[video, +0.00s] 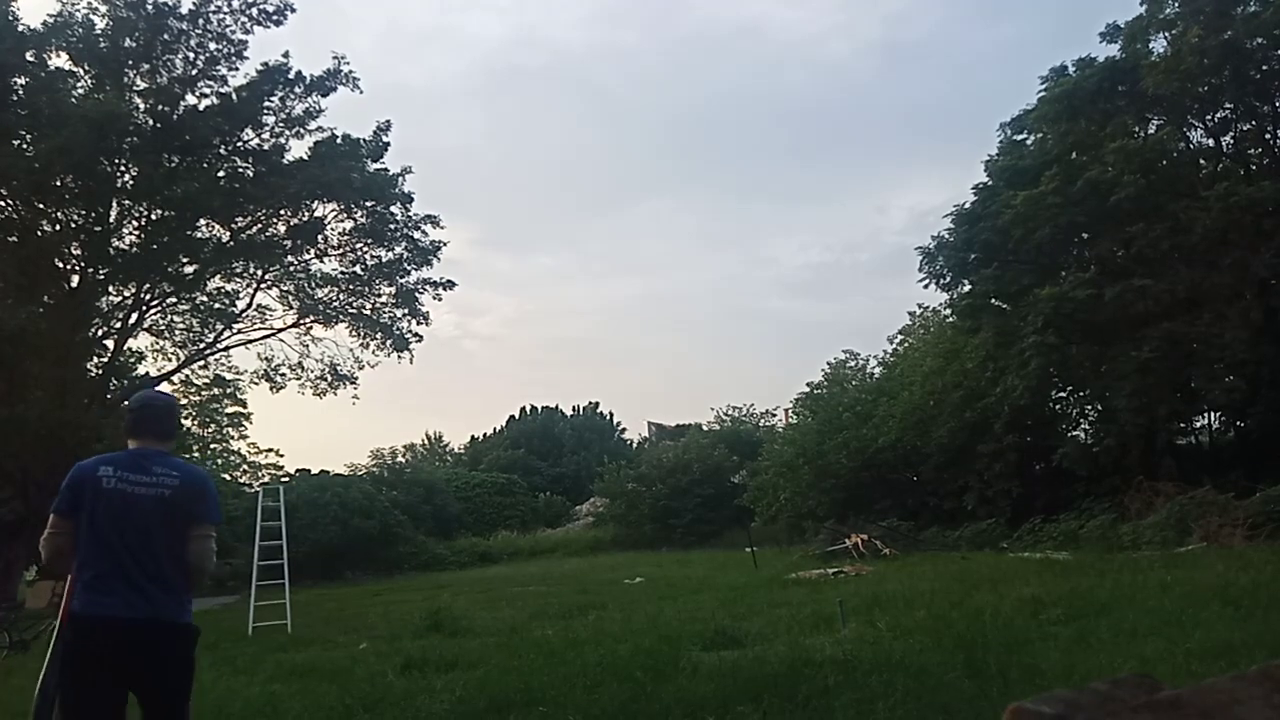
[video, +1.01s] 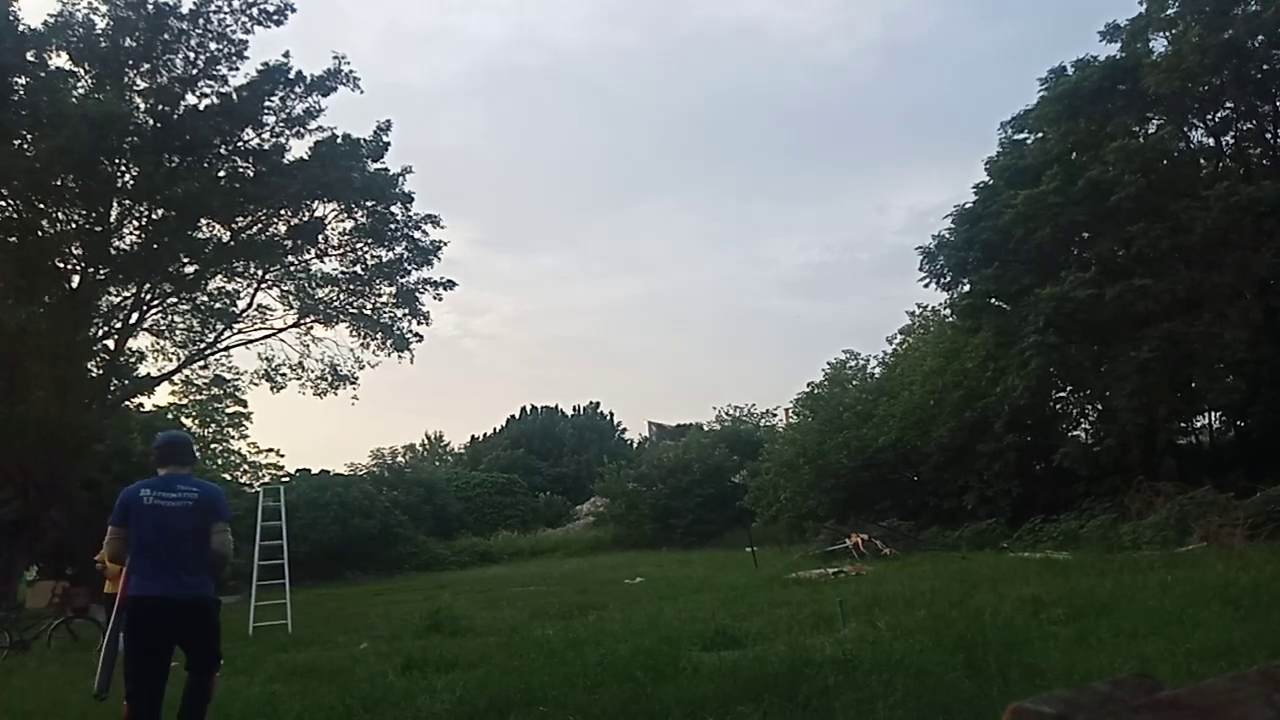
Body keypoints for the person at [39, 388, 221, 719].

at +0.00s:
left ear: (127, 426)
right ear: (175, 430)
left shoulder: (86, 472)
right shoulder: (196, 481)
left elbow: (52, 554)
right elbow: (202, 562)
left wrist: (101, 556)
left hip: (91, 633)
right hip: (166, 638)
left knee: (86, 712)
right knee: (168, 714)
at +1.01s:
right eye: (193, 458)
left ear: (156, 460)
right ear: (192, 460)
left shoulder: (132, 494)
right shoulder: (211, 493)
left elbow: (114, 552)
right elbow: (222, 549)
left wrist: (147, 561)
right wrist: (214, 579)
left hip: (145, 605)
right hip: (195, 605)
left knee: (143, 690)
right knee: (204, 669)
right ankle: (191, 714)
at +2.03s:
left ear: (173, 485)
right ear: (200, 484)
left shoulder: (157, 515)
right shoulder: (217, 512)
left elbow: (144, 559)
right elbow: (231, 551)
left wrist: (165, 565)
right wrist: (209, 564)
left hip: (166, 600)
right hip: (204, 600)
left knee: (166, 661)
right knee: (206, 657)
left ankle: (167, 711)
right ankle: (198, 700)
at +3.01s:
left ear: (176, 499)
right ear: (199, 500)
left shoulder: (162, 525)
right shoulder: (213, 525)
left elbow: (149, 561)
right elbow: (224, 561)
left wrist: (169, 556)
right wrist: (206, 565)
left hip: (170, 597)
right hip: (201, 596)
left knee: (165, 649)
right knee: (196, 648)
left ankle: (161, 698)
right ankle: (192, 700)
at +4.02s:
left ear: (165, 513)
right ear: (185, 514)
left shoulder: (153, 532)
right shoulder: (195, 534)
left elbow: (142, 563)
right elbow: (200, 560)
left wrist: (140, 585)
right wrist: (186, 566)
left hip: (156, 593)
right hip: (182, 594)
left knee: (149, 636)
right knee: (180, 637)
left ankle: (143, 676)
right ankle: (179, 679)